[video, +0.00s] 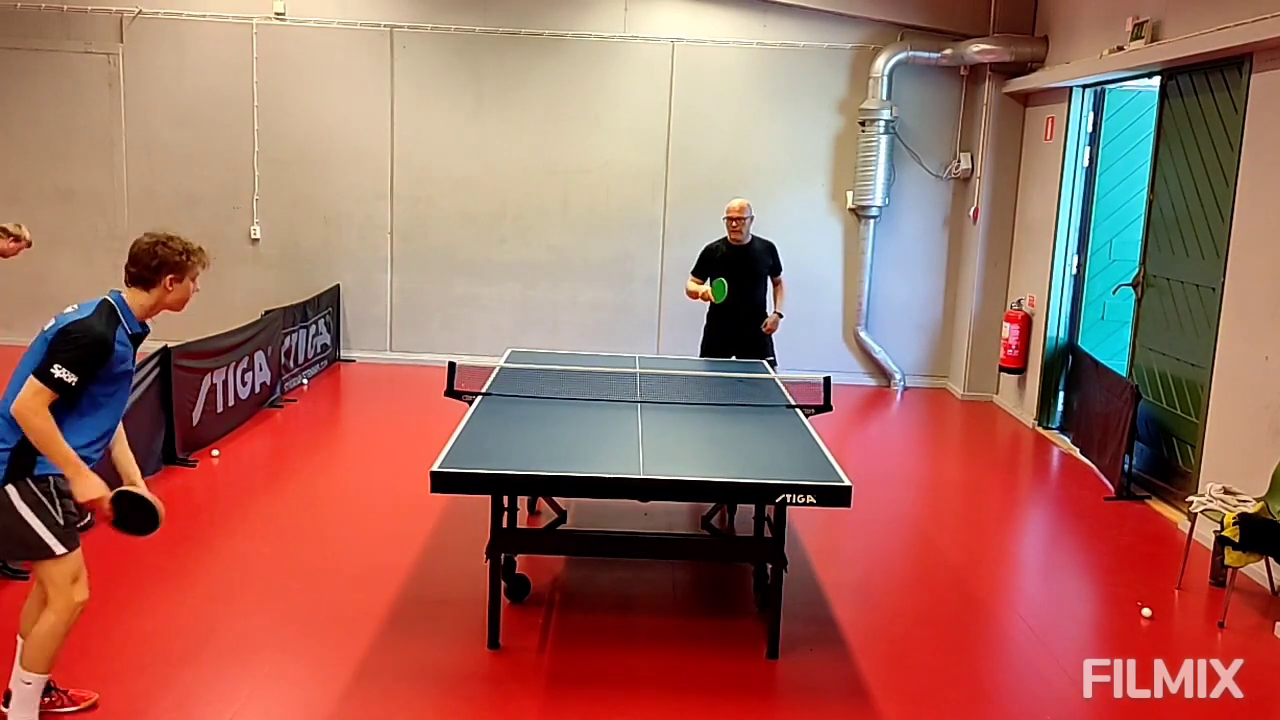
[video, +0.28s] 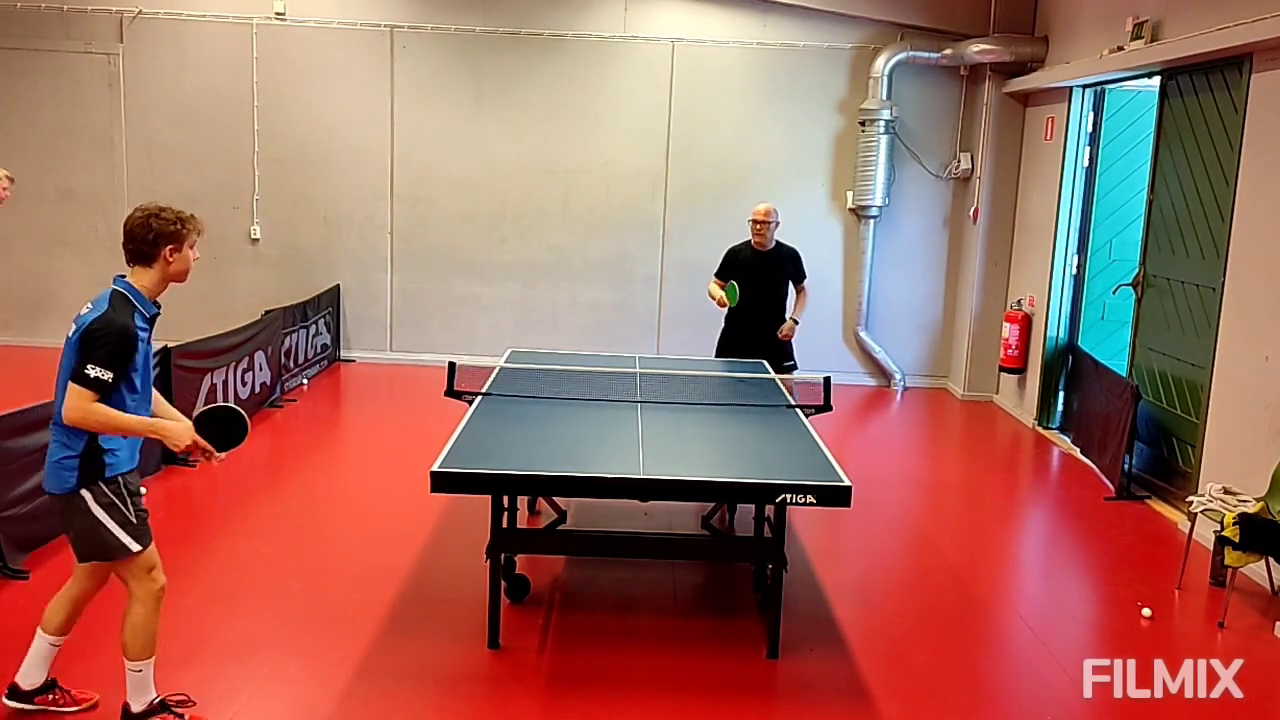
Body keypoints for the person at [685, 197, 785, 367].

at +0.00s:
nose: (734, 224)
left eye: (739, 220)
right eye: (730, 220)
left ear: (751, 221)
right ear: (724, 221)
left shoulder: (766, 250)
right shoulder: (712, 251)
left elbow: (777, 283)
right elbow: (691, 285)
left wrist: (778, 313)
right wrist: (701, 290)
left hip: (754, 334)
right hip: (718, 334)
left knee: (763, 390)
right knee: (710, 387)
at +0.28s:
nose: (758, 227)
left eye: (764, 223)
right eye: (754, 222)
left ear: (776, 226)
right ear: (749, 224)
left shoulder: (789, 256)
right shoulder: (735, 254)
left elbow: (801, 291)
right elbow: (715, 284)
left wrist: (793, 321)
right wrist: (719, 295)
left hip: (772, 337)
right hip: (737, 336)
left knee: (786, 389)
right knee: (726, 391)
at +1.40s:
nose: (745, 255)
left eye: (752, 251)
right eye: (741, 248)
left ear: (761, 250)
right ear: (734, 245)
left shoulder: (769, 267)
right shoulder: (717, 269)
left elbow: (778, 299)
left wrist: (772, 326)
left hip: (758, 352)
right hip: (717, 351)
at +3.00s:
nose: (778, 261)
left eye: (784, 257)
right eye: (774, 255)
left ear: (791, 255)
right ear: (766, 248)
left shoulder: (796, 272)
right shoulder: (747, 272)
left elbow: (801, 302)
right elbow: (721, 309)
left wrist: (800, 331)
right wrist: (738, 302)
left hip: (781, 345)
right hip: (744, 345)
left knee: (806, 392)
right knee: (727, 394)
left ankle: (824, 443)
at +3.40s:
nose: (767, 251)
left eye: (773, 248)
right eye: (763, 246)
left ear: (781, 251)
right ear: (757, 246)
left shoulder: (790, 278)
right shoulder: (739, 274)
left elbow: (799, 310)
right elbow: (710, 306)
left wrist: (799, 332)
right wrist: (721, 310)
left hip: (774, 349)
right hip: (735, 346)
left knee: (803, 396)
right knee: (701, 386)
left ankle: (823, 446)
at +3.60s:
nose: (750, 243)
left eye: (756, 240)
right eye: (746, 238)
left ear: (765, 243)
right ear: (740, 237)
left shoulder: (771, 271)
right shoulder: (719, 264)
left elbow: (772, 305)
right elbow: (692, 296)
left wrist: (773, 327)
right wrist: (704, 303)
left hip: (750, 342)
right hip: (714, 340)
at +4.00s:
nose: (747, 266)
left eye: (753, 263)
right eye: (742, 260)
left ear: (761, 263)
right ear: (736, 259)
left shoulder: (769, 283)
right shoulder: (718, 281)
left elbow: (775, 318)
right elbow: (694, 317)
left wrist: (771, 339)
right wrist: (707, 339)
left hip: (752, 350)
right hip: (715, 349)